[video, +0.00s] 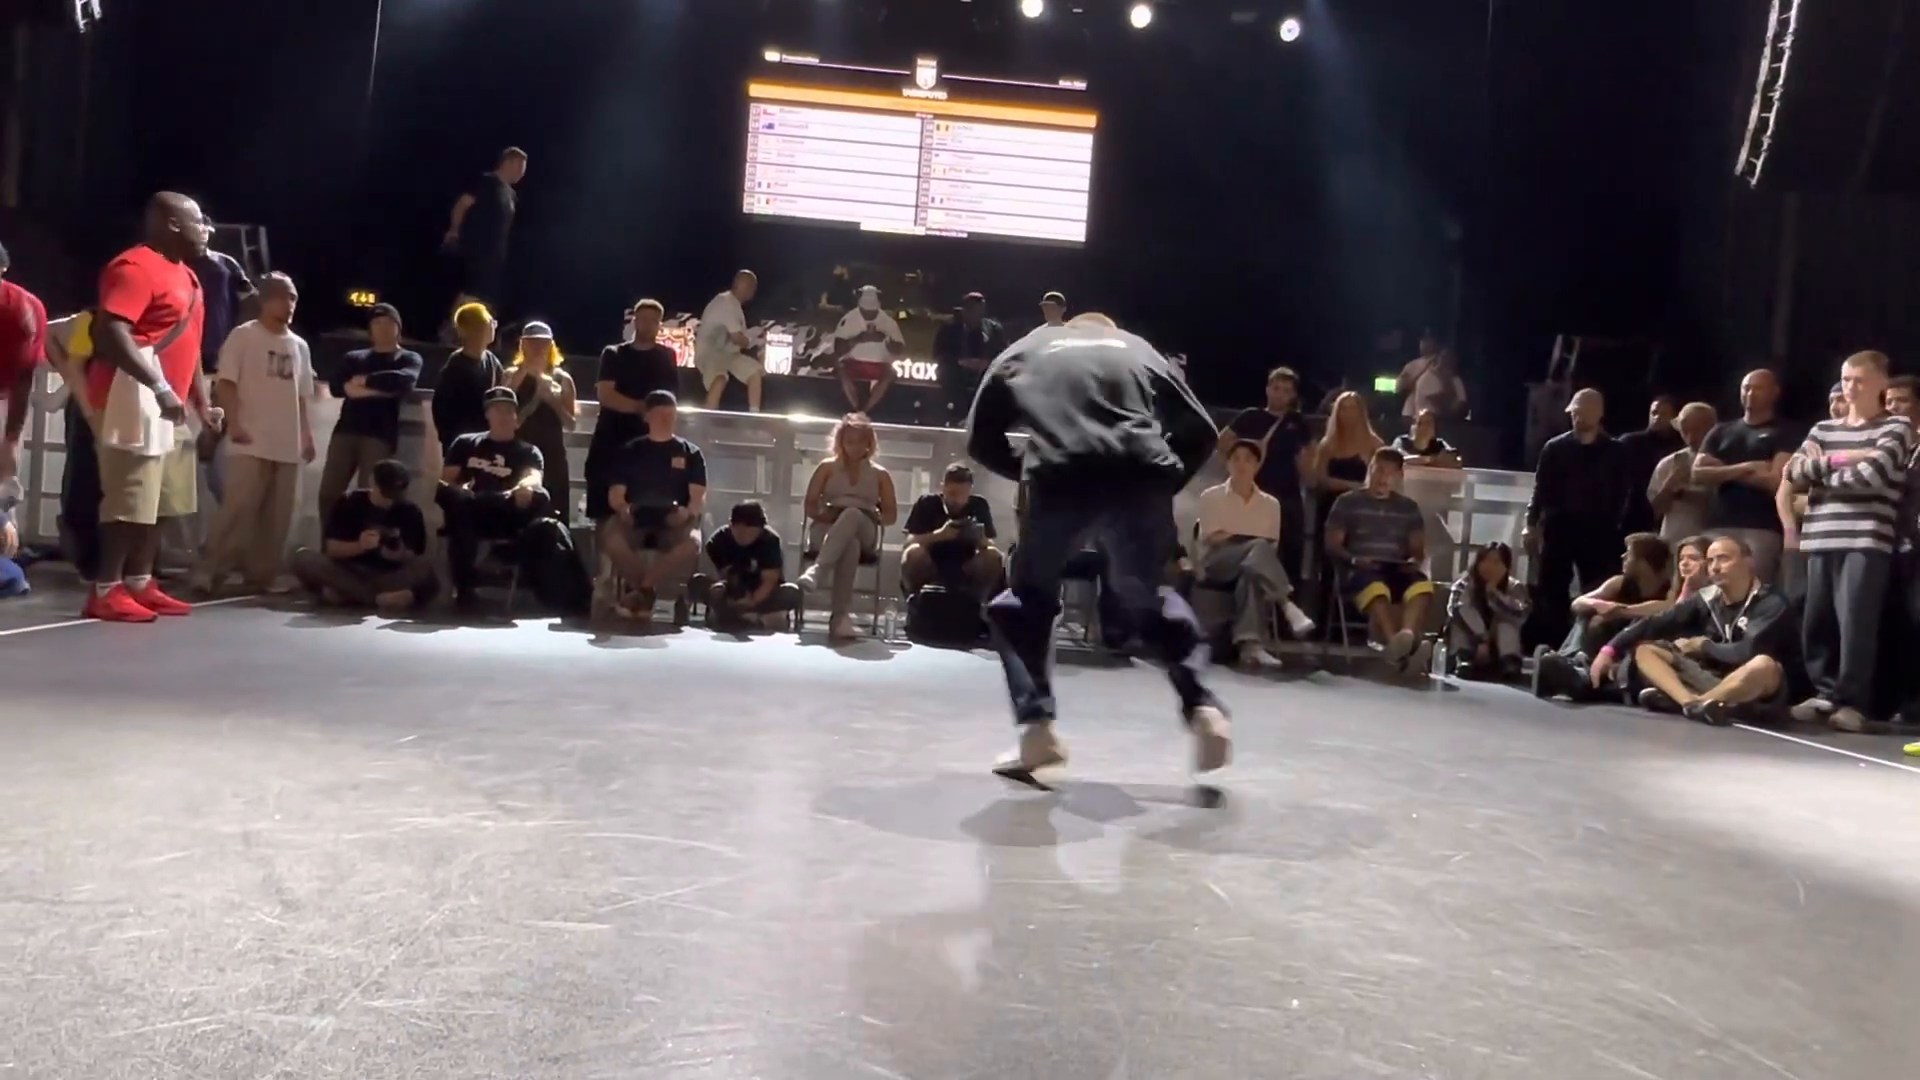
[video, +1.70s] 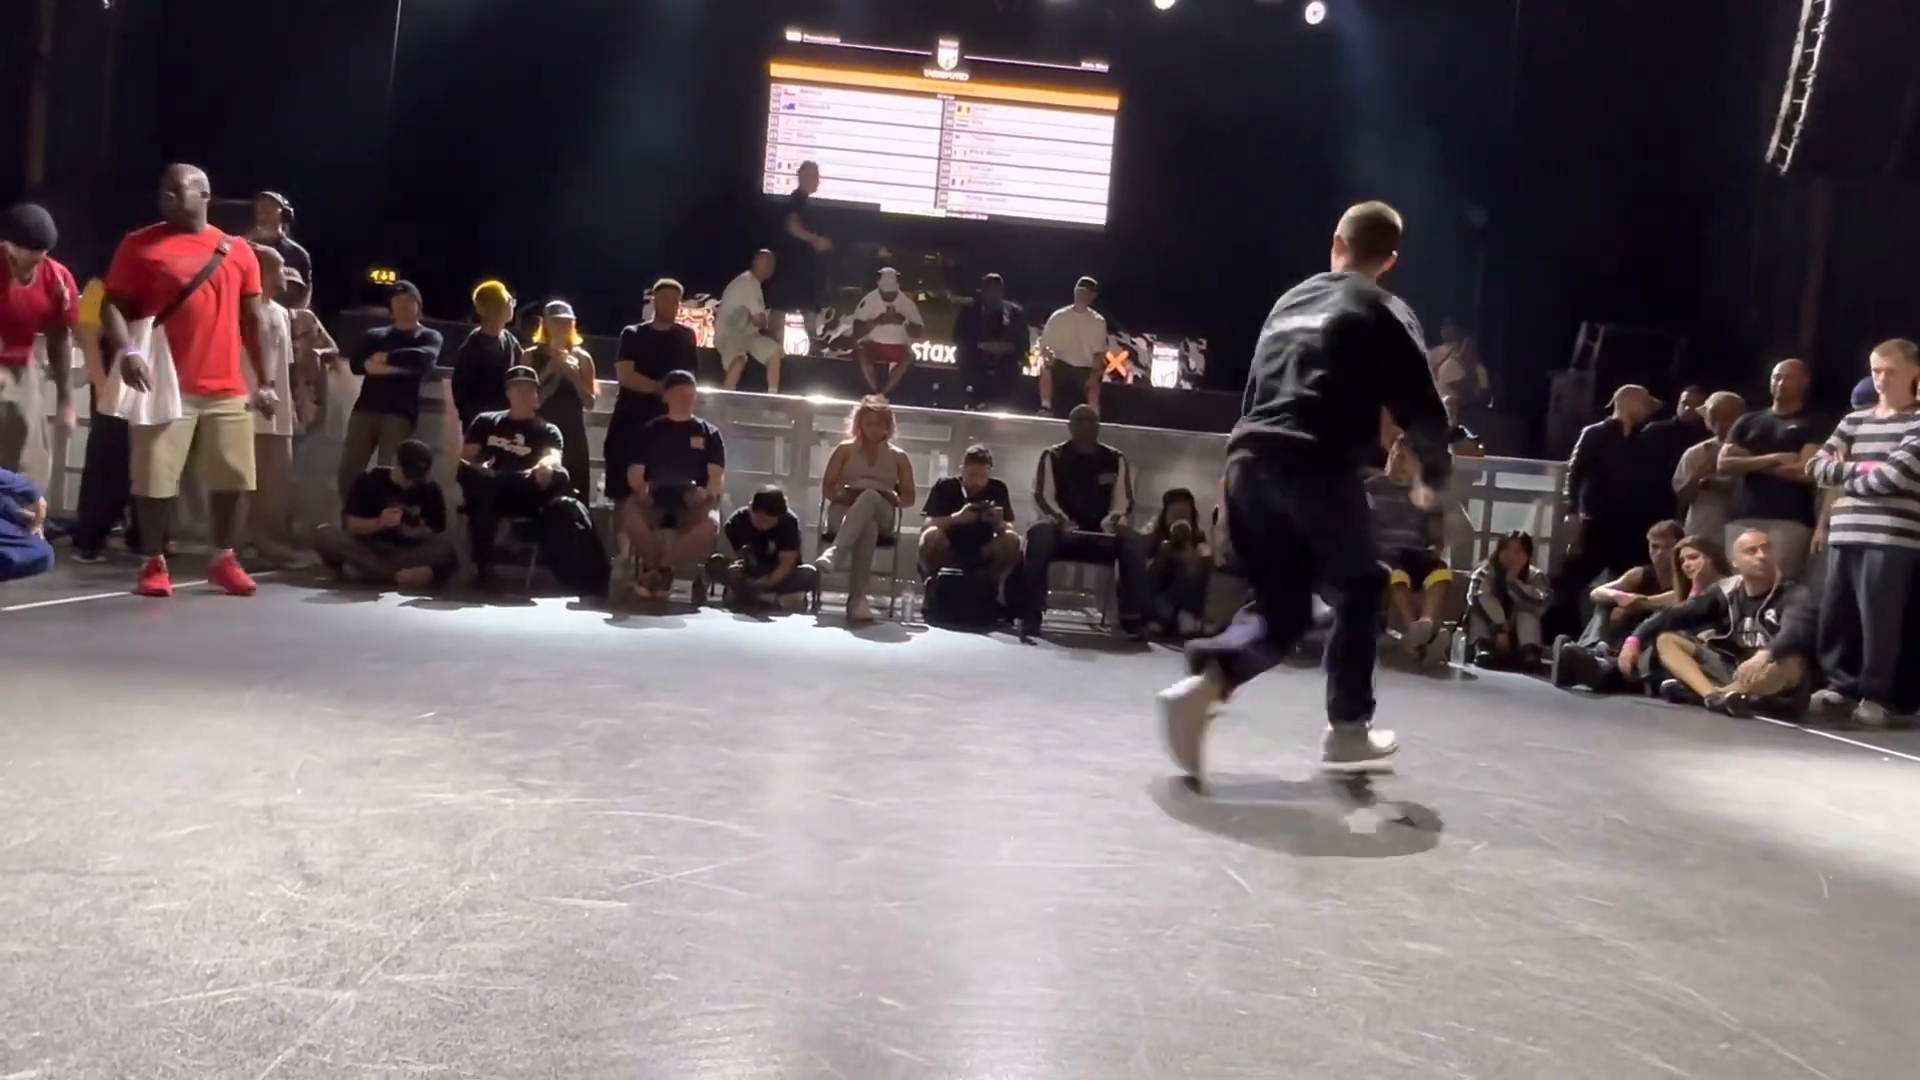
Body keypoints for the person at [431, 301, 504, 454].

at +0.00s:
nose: (495, 324)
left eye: (492, 320)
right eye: (490, 321)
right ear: (476, 330)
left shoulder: (492, 362)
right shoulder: (453, 369)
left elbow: (497, 400)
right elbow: (440, 406)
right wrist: (449, 440)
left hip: (487, 441)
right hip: (458, 444)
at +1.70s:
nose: (513, 303)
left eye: (511, 299)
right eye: (508, 300)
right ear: (495, 307)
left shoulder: (511, 342)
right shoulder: (472, 347)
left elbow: (517, 378)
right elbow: (459, 382)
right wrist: (468, 416)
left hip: (505, 416)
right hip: (477, 419)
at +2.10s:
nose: (515, 302)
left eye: (512, 298)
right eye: (509, 299)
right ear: (493, 307)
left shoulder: (512, 340)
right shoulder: (474, 345)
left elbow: (517, 379)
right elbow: (461, 383)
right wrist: (471, 418)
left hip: (507, 417)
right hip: (479, 419)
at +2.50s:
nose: (512, 302)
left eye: (510, 298)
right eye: (507, 299)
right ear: (493, 307)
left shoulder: (511, 340)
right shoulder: (472, 345)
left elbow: (517, 377)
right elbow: (458, 382)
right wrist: (468, 415)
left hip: (505, 415)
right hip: (476, 418)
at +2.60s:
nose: (512, 302)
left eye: (510, 298)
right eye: (507, 299)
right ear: (492, 308)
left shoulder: (510, 340)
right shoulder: (471, 346)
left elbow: (518, 377)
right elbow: (457, 382)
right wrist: (468, 417)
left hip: (506, 416)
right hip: (477, 419)